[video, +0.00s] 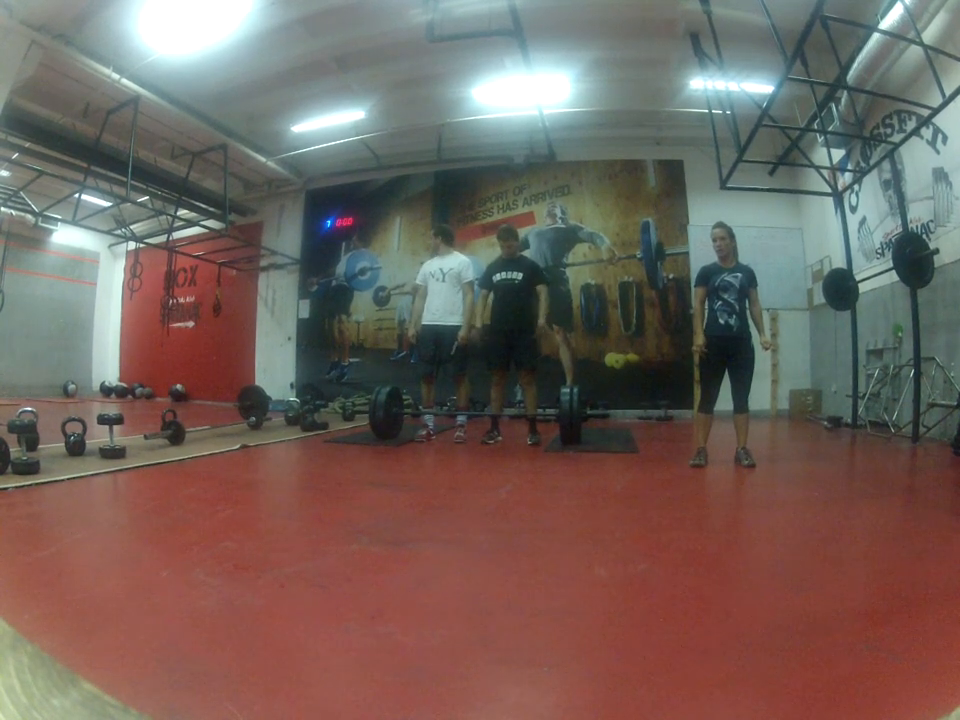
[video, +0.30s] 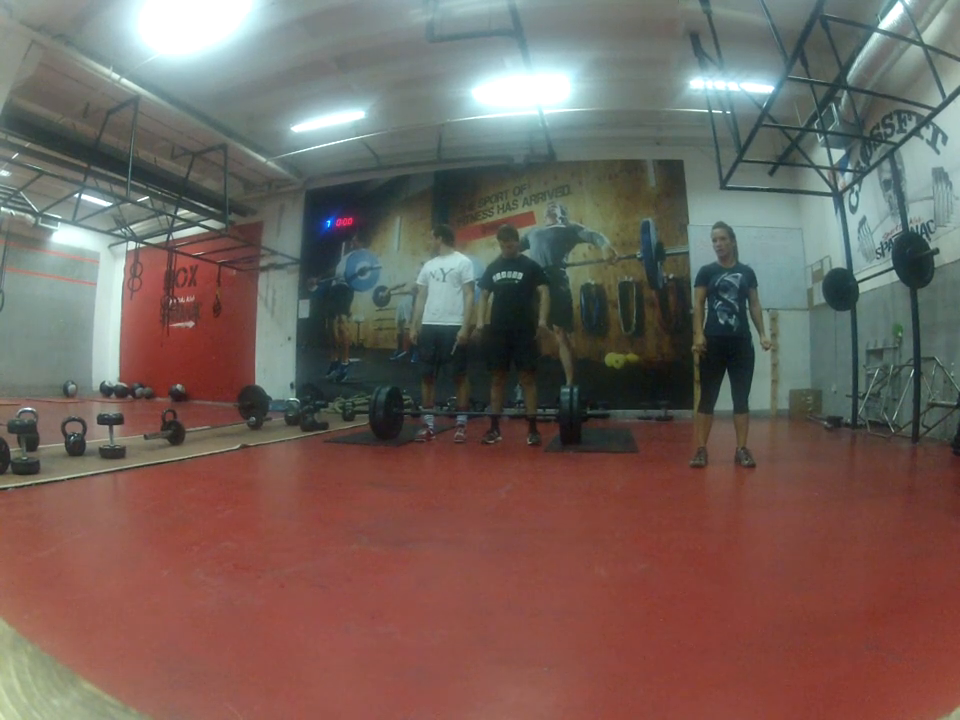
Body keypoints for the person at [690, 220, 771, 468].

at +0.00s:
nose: (718, 244)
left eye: (722, 239)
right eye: (715, 240)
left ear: (733, 241)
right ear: (711, 244)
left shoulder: (746, 272)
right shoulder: (706, 272)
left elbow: (754, 305)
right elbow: (698, 305)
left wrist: (762, 334)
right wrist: (698, 335)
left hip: (741, 343)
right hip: (713, 342)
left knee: (741, 400)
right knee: (707, 399)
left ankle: (742, 449)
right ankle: (700, 449)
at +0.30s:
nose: (718, 244)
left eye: (722, 239)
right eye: (715, 240)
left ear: (733, 242)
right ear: (712, 244)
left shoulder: (746, 272)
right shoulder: (706, 272)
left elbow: (754, 305)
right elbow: (698, 305)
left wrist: (762, 334)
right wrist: (698, 334)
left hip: (741, 343)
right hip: (712, 343)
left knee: (741, 400)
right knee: (707, 399)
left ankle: (742, 449)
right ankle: (701, 449)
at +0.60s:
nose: (718, 244)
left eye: (722, 239)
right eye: (715, 240)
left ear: (733, 241)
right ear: (711, 244)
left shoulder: (746, 272)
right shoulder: (706, 272)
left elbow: (755, 305)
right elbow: (698, 305)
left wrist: (762, 333)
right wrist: (698, 334)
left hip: (740, 342)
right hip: (712, 342)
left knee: (741, 400)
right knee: (707, 399)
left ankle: (742, 449)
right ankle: (701, 449)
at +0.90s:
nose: (718, 244)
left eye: (722, 239)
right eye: (714, 240)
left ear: (732, 241)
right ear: (711, 244)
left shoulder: (746, 271)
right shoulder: (705, 272)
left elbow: (754, 304)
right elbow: (698, 306)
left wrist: (762, 333)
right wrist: (698, 335)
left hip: (740, 343)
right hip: (712, 342)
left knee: (741, 399)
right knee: (707, 399)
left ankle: (742, 449)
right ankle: (701, 450)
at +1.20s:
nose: (717, 244)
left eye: (721, 239)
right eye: (714, 240)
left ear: (732, 241)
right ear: (710, 244)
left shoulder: (746, 271)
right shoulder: (705, 272)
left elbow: (754, 304)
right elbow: (697, 306)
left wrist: (762, 333)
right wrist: (698, 335)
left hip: (740, 342)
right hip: (712, 342)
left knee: (741, 400)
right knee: (707, 399)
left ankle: (742, 449)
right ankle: (700, 450)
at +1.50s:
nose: (717, 244)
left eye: (721, 239)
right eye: (714, 240)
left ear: (732, 241)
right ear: (710, 244)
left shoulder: (745, 271)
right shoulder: (705, 272)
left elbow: (754, 304)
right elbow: (697, 306)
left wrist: (762, 333)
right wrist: (698, 335)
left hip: (740, 343)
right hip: (712, 342)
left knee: (741, 400)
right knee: (707, 400)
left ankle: (742, 449)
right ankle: (700, 449)